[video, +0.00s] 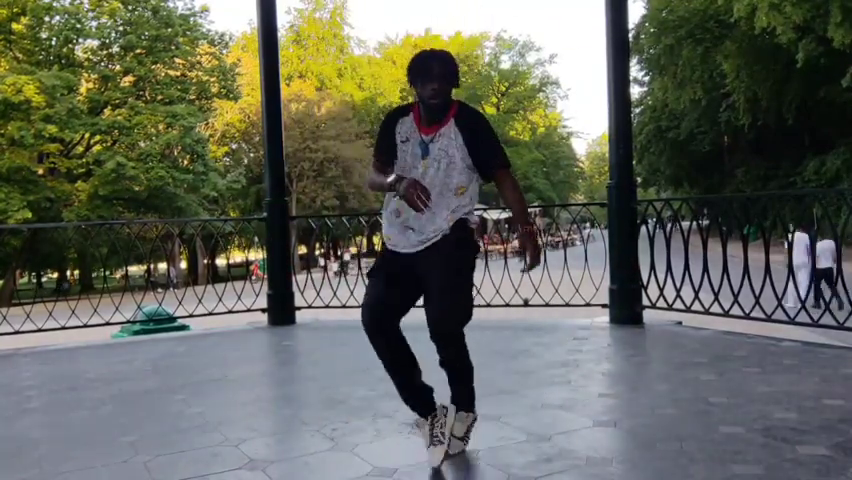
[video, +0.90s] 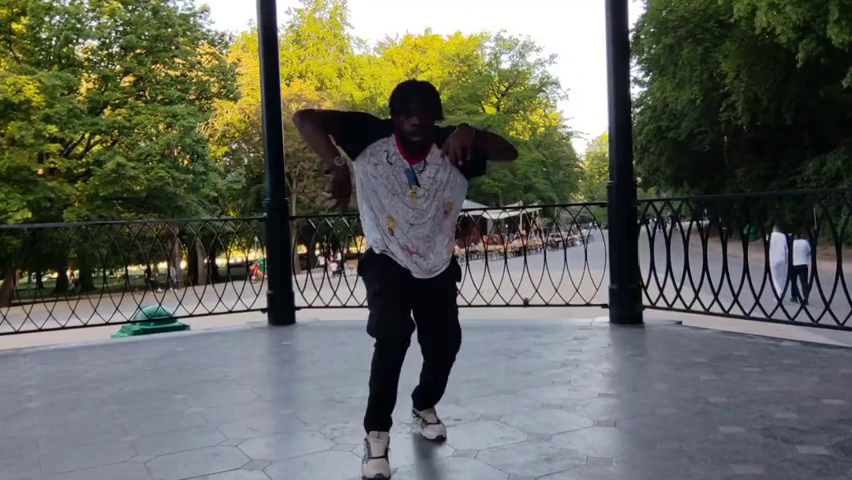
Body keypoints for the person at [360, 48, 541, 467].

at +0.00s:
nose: (435, 89)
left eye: (443, 81)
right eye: (426, 81)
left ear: (454, 84)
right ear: (412, 85)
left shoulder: (470, 122)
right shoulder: (395, 123)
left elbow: (503, 176)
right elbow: (374, 177)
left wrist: (526, 226)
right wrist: (399, 183)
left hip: (450, 242)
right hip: (402, 245)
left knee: (445, 330)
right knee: (376, 319)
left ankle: (463, 410)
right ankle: (429, 414)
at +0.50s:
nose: (414, 86)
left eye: (421, 80)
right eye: (406, 79)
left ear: (433, 85)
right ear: (393, 85)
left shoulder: (453, 127)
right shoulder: (375, 127)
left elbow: (485, 175)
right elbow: (355, 182)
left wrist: (489, 211)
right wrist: (395, 160)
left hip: (438, 241)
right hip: (390, 245)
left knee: (430, 326)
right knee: (407, 332)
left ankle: (431, 413)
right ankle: (424, 402)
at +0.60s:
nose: (417, 87)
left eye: (425, 81)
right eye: (410, 80)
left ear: (437, 83)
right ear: (396, 81)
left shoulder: (455, 124)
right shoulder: (376, 118)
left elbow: (497, 162)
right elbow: (346, 162)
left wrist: (471, 170)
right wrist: (391, 128)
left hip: (436, 240)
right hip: (387, 241)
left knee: (435, 322)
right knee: (397, 323)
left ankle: (437, 402)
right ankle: (413, 392)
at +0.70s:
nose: (423, 96)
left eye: (431, 89)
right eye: (415, 88)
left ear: (442, 94)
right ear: (401, 91)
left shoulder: (452, 136)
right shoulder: (380, 125)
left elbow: (501, 173)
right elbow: (329, 152)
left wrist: (465, 141)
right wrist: (366, 129)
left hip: (439, 252)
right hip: (390, 251)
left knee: (439, 332)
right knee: (394, 330)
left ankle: (430, 403)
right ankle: (395, 388)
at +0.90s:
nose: (414, 122)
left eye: (424, 114)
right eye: (405, 114)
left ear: (438, 117)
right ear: (393, 116)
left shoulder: (455, 148)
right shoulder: (370, 135)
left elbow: (508, 154)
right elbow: (306, 119)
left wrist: (474, 135)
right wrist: (335, 165)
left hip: (437, 266)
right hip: (387, 262)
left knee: (444, 346)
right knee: (392, 342)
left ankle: (425, 407)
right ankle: (377, 436)